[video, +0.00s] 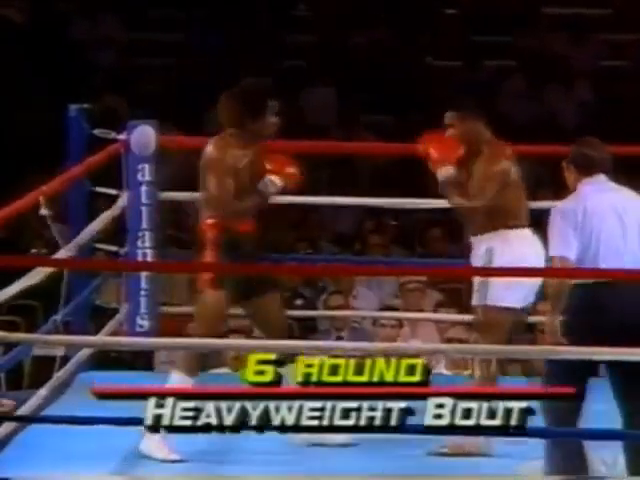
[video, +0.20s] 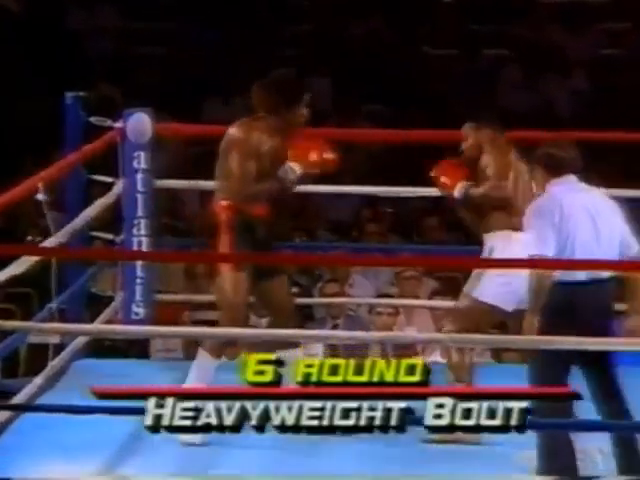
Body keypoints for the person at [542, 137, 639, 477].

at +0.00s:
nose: (565, 175)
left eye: (566, 170)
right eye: (566, 171)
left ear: (571, 171)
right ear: (606, 169)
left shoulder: (570, 207)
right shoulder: (634, 200)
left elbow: (561, 268)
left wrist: (551, 315)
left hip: (590, 296)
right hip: (633, 297)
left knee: (563, 380)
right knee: (633, 387)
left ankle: (567, 465)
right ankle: (637, 464)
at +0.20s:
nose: (533, 178)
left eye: (534, 172)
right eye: (533, 172)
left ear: (543, 172)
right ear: (574, 169)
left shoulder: (544, 205)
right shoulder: (603, 199)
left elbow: (543, 266)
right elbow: (631, 253)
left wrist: (533, 311)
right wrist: (632, 305)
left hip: (564, 295)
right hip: (601, 292)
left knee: (547, 381)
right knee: (600, 375)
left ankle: (558, 465)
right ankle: (630, 457)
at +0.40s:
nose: (491, 174)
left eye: (492, 166)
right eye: (491, 166)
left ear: (504, 166)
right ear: (530, 162)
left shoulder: (512, 194)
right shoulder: (561, 191)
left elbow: (512, 256)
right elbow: (583, 254)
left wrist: (495, 305)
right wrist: (579, 303)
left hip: (531, 285)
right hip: (563, 281)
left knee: (521, 376)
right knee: (549, 374)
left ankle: (543, 465)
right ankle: (571, 460)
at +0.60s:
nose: (452, 176)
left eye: (453, 167)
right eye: (452, 168)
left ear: (464, 165)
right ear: (491, 161)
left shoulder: (473, 198)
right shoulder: (520, 189)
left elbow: (469, 264)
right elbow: (543, 249)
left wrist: (446, 303)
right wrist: (531, 288)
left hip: (494, 292)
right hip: (524, 288)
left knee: (503, 383)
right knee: (479, 379)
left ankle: (533, 469)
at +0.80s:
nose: (416, 180)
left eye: (418, 173)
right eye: (416, 172)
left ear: (428, 173)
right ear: (456, 167)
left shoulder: (442, 204)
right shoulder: (483, 197)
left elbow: (437, 267)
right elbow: (504, 256)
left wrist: (404, 303)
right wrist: (495, 296)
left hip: (460, 294)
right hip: (486, 290)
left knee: (482, 384)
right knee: (449, 380)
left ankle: (528, 468)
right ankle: (411, 462)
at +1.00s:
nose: (374, 169)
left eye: (377, 163)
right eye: (375, 161)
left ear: (386, 165)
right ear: (416, 161)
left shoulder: (395, 200)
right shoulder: (442, 195)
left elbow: (391, 262)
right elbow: (460, 255)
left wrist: (368, 306)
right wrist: (449, 293)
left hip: (408, 291)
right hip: (440, 288)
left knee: (402, 384)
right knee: (414, 382)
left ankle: (471, 453)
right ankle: (406, 465)